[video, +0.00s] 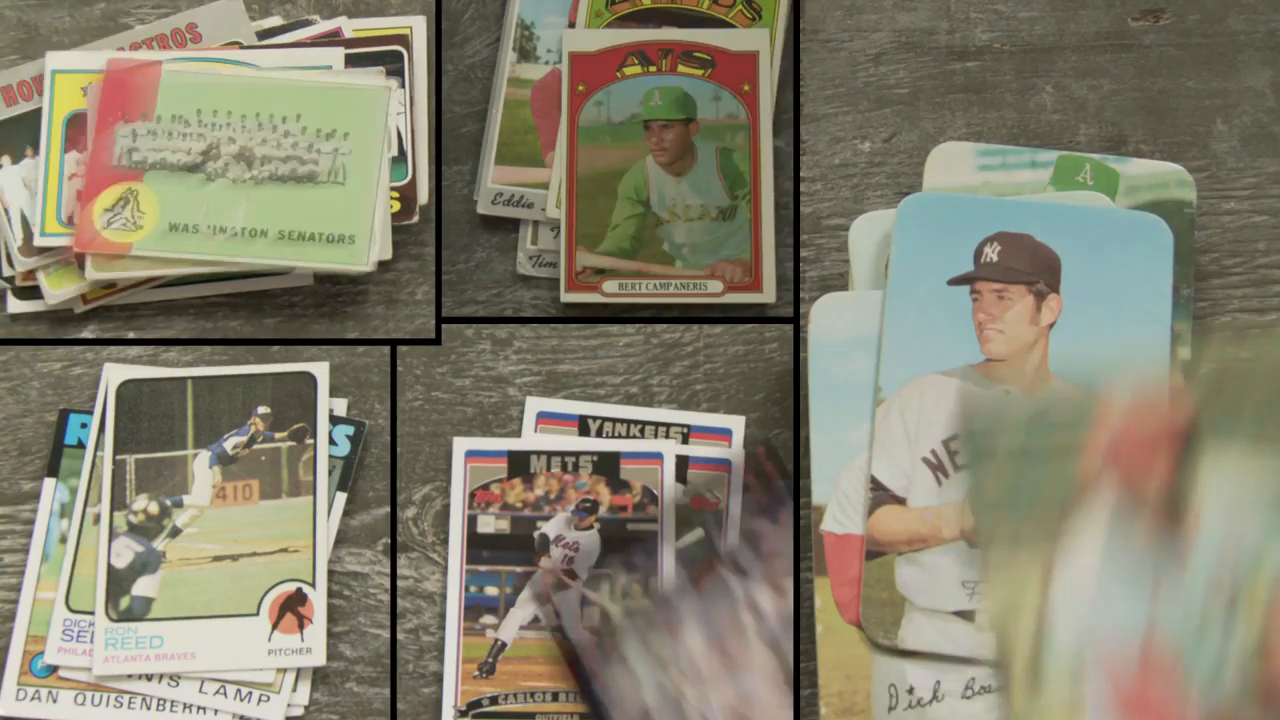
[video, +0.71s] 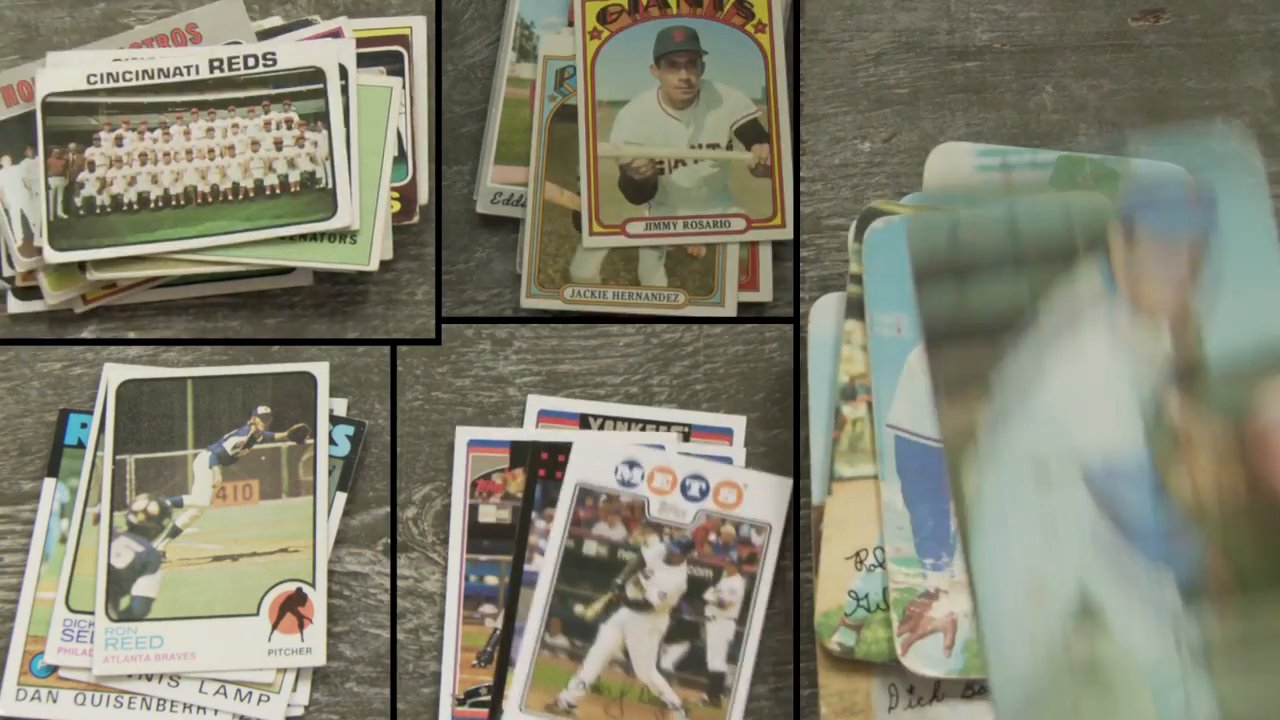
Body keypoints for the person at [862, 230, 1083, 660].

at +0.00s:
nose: (982, 313)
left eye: (1002, 298)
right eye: (977, 297)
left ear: (1049, 309)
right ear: (970, 302)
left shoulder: (1088, 417)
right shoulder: (921, 402)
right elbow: (868, 523)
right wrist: (964, 518)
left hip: (1052, 647)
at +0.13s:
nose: (974, 314)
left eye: (988, 302)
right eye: (964, 300)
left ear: (1016, 306)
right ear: (954, 300)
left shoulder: (1050, 338)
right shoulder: (923, 364)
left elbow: (1095, 393)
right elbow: (948, 484)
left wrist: (1066, 468)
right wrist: (1020, 557)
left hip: (1005, 449)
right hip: (933, 449)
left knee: (1020, 555)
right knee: (905, 554)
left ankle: (1032, 665)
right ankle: (857, 626)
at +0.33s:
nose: (973, 313)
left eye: (989, 301)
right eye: (964, 297)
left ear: (1017, 305)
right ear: (953, 297)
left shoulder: (1050, 336)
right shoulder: (921, 364)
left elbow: (1093, 392)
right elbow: (941, 473)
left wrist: (1066, 462)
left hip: (1008, 454)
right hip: (931, 457)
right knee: (895, 554)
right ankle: (850, 624)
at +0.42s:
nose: (1054, 239)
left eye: (1075, 220)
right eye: (1036, 221)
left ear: (1111, 232)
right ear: (1018, 235)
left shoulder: (1175, 309)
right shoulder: (989, 323)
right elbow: (975, 477)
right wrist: (987, 591)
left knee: (1225, 660)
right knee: (995, 653)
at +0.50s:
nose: (984, 291)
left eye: (1000, 276)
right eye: (969, 279)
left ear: (1031, 288)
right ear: (954, 294)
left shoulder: (1082, 349)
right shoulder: (932, 365)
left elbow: (1127, 468)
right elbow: (925, 485)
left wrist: (1159, 583)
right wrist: (937, 585)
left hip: (1090, 500)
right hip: (997, 502)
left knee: (1165, 631)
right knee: (942, 642)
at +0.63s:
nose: (984, 291)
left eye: (1000, 276)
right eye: (969, 279)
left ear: (1032, 288)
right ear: (954, 294)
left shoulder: (1083, 349)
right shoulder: (931, 366)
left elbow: (1127, 467)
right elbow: (925, 484)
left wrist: (1159, 583)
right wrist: (937, 584)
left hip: (1090, 499)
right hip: (997, 502)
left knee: (1164, 631)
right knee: (944, 642)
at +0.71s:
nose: (1179, 270)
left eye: (1190, 249)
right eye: (1161, 249)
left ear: (1202, 252)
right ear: (1121, 245)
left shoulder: (1148, 305)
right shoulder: (1087, 342)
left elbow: (1163, 376)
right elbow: (1130, 501)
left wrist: (1190, 426)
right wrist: (1197, 560)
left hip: (1104, 503)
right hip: (1030, 518)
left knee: (1162, 636)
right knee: (1029, 671)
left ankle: (1190, 711)